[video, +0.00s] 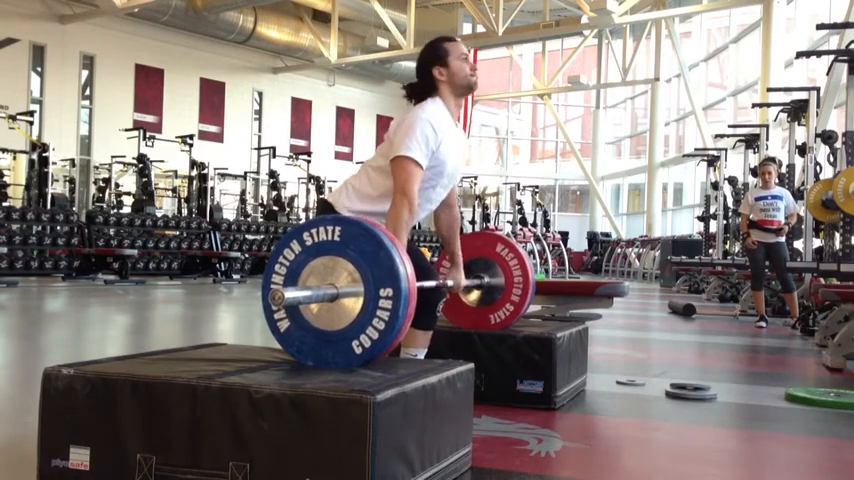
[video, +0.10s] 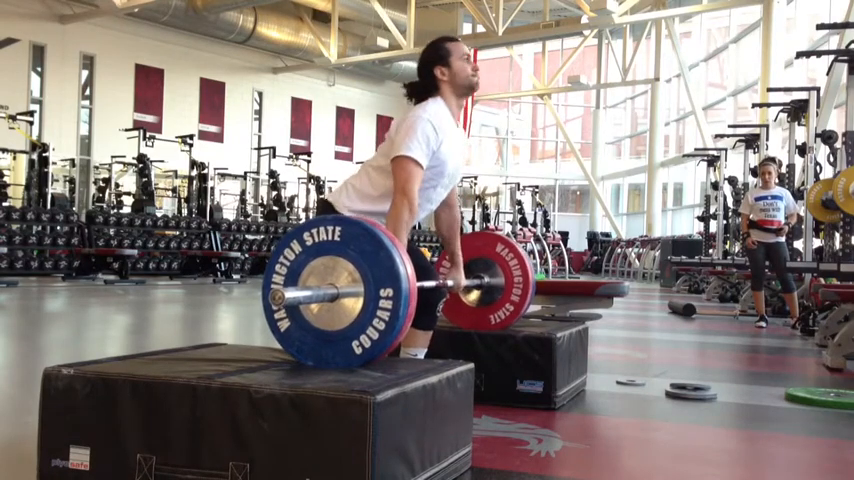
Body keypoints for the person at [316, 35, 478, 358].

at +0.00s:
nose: (473, 64)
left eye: (471, 58)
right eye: (464, 59)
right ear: (440, 72)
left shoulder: (452, 131)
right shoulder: (424, 117)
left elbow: (446, 204)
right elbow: (404, 198)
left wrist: (455, 263)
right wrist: (391, 265)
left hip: (381, 225)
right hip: (345, 217)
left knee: (429, 287)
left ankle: (408, 384)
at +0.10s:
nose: (475, 65)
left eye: (472, 59)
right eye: (466, 59)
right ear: (442, 72)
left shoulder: (452, 130)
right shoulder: (425, 117)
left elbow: (446, 203)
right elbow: (405, 198)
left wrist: (455, 263)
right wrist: (391, 265)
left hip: (381, 224)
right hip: (346, 217)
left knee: (429, 288)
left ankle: (407, 382)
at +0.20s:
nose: (475, 65)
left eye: (473, 60)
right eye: (466, 60)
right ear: (442, 73)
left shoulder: (453, 133)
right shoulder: (425, 118)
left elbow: (447, 204)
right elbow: (404, 198)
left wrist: (456, 262)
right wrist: (393, 265)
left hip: (381, 224)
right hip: (345, 217)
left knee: (430, 287)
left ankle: (406, 382)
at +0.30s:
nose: (475, 66)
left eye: (473, 60)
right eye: (466, 60)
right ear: (442, 73)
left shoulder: (453, 132)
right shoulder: (426, 119)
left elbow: (447, 206)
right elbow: (404, 197)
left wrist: (457, 264)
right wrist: (393, 265)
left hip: (382, 225)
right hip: (345, 218)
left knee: (430, 287)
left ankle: (406, 384)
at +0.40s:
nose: (473, 63)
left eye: (470, 57)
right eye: (464, 58)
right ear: (440, 73)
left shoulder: (453, 130)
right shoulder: (425, 116)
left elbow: (448, 203)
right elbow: (406, 197)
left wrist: (457, 262)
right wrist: (393, 264)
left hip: (383, 225)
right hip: (346, 217)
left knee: (431, 288)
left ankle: (406, 385)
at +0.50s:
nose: (468, 51)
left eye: (464, 45)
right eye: (458, 46)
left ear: (443, 63)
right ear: (436, 62)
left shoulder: (454, 120)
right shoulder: (424, 106)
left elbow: (447, 194)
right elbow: (407, 190)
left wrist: (456, 255)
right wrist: (396, 259)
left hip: (389, 219)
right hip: (353, 214)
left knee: (433, 285)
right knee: (391, 295)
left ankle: (409, 383)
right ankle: (371, 386)